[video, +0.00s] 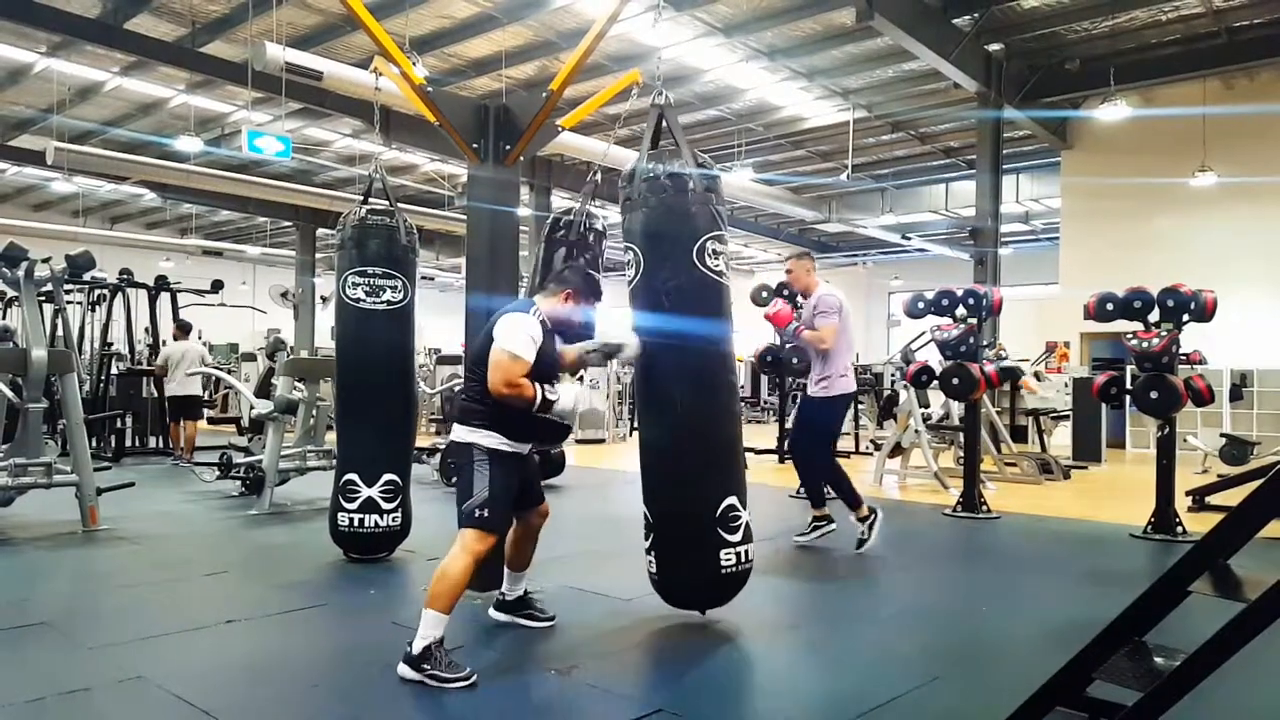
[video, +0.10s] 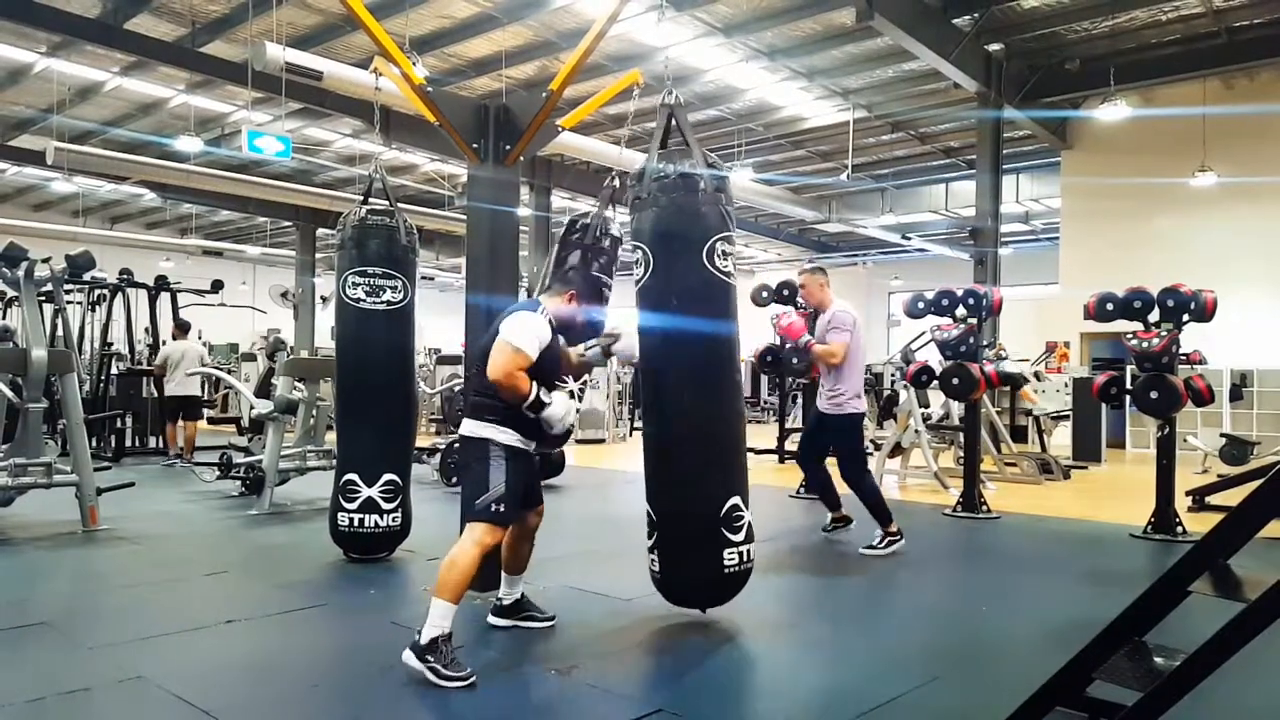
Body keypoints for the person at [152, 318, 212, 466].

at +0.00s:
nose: (173, 331)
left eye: (174, 329)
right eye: (174, 329)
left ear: (176, 331)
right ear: (189, 333)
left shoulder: (167, 349)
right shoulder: (199, 348)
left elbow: (158, 371)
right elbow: (210, 365)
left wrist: (172, 371)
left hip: (174, 392)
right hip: (194, 392)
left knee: (174, 422)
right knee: (190, 424)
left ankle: (177, 453)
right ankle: (187, 456)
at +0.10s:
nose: (172, 331)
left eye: (173, 328)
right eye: (173, 328)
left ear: (175, 331)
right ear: (188, 332)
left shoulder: (167, 349)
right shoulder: (198, 348)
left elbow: (157, 370)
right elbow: (208, 366)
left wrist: (171, 371)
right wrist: (194, 369)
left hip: (172, 393)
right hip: (193, 393)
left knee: (171, 423)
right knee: (190, 425)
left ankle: (173, 454)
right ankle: (187, 457)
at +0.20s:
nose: (171, 332)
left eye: (171, 330)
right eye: (172, 330)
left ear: (172, 331)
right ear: (186, 332)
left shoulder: (165, 349)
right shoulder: (196, 348)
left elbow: (155, 368)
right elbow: (206, 366)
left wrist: (168, 371)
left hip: (171, 393)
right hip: (191, 393)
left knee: (166, 424)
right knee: (190, 424)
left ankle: (165, 453)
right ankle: (187, 457)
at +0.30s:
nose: (166, 331)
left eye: (167, 328)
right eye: (167, 328)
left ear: (168, 331)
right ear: (182, 332)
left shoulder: (162, 349)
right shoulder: (193, 348)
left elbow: (152, 367)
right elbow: (202, 367)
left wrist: (164, 371)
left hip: (167, 394)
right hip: (189, 393)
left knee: (161, 423)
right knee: (189, 424)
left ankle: (157, 455)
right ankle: (187, 457)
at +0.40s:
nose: (161, 330)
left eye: (162, 327)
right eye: (162, 327)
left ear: (164, 330)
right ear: (179, 331)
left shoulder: (157, 349)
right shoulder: (189, 349)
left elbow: (147, 367)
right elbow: (200, 368)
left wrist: (161, 370)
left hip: (163, 393)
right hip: (184, 393)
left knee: (156, 424)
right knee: (186, 424)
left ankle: (155, 458)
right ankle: (187, 457)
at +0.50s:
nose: (158, 331)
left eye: (159, 329)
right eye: (159, 329)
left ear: (160, 330)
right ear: (173, 331)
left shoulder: (152, 349)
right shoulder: (184, 348)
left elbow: (142, 368)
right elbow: (190, 364)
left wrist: (157, 370)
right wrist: (176, 368)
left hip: (159, 393)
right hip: (180, 393)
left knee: (155, 424)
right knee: (183, 425)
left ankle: (155, 459)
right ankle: (186, 457)